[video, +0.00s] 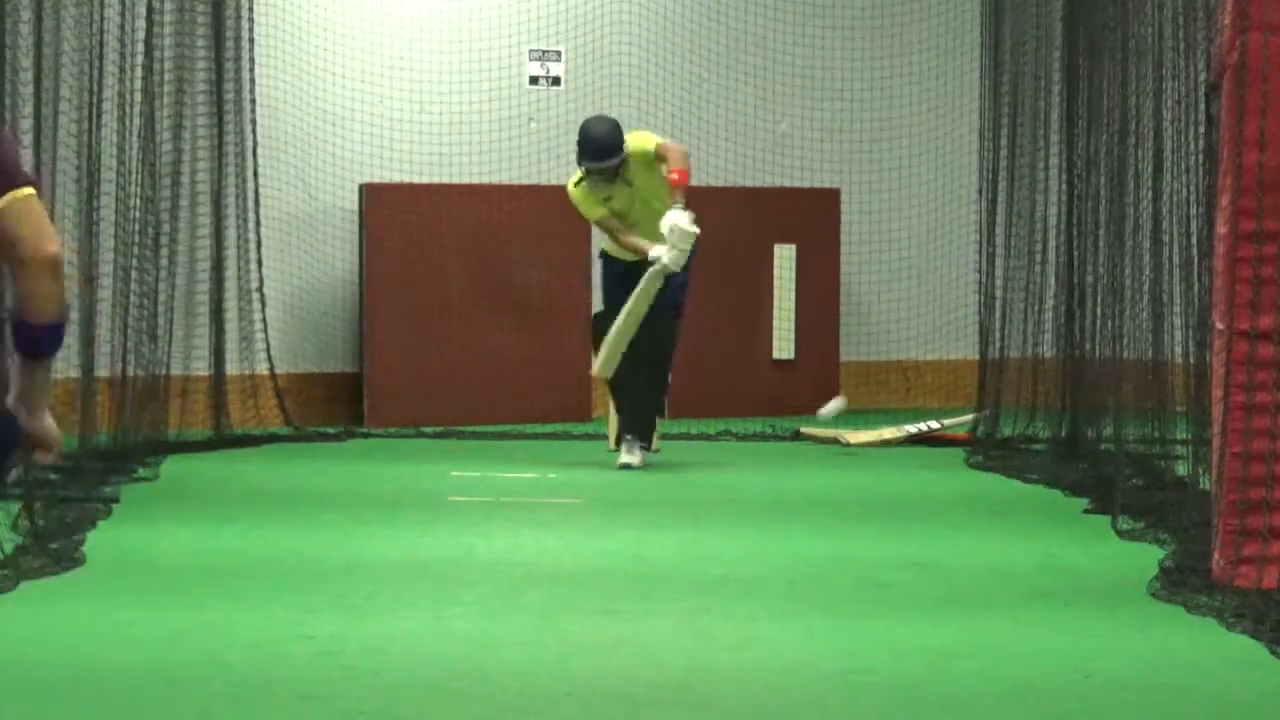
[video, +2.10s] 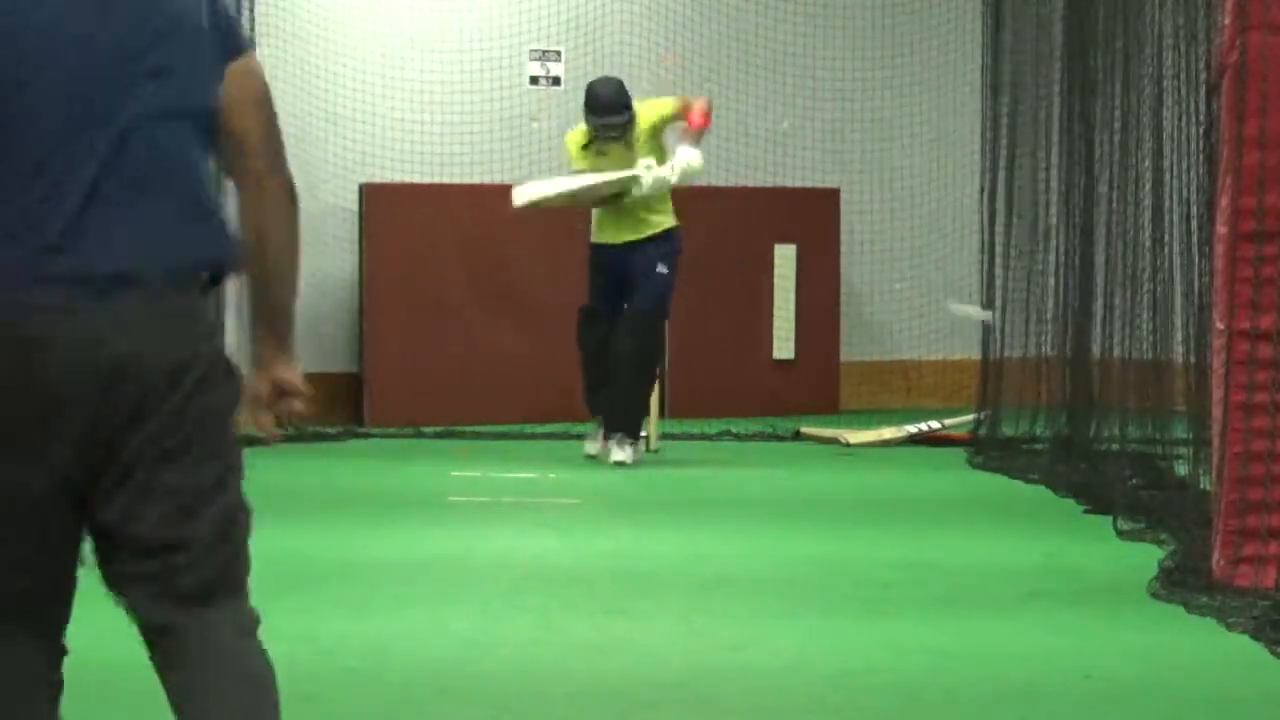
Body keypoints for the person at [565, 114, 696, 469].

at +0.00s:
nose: (605, 176)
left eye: (611, 168)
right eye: (596, 171)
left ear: (622, 153)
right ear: (583, 161)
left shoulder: (639, 146)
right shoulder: (580, 190)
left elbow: (677, 154)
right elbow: (617, 232)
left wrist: (677, 207)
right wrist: (652, 249)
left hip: (665, 253)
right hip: (621, 257)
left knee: (655, 341)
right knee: (620, 340)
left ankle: (638, 435)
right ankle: (632, 432)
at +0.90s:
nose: (587, 128)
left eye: (594, 119)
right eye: (578, 121)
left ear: (604, 117)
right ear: (564, 123)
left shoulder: (627, 136)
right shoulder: (554, 160)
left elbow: (689, 148)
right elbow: (574, 218)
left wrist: (684, 183)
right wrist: (628, 213)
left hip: (625, 249)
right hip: (576, 254)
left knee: (640, 319)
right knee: (571, 342)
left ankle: (628, 434)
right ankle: (574, 443)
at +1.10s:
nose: (625, 159)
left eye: (633, 151)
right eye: (618, 152)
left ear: (648, 152)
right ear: (609, 155)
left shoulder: (655, 189)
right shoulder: (635, 185)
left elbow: (649, 261)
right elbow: (640, 239)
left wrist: (651, 279)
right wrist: (638, 260)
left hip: (708, 264)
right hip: (687, 264)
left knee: (656, 346)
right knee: (645, 344)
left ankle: (675, 449)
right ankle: (661, 443)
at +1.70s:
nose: (610, 173)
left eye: (617, 165)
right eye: (602, 166)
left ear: (631, 161)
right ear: (592, 166)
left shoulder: (650, 181)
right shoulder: (593, 186)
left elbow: (658, 240)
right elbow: (589, 218)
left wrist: (616, 268)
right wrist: (592, 237)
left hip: (682, 259)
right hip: (643, 267)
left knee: (650, 339)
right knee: (624, 340)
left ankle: (659, 443)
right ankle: (657, 439)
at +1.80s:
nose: (609, 158)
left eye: (616, 150)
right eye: (602, 151)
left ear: (630, 146)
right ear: (590, 149)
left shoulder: (650, 154)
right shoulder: (588, 172)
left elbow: (670, 169)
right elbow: (595, 219)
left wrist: (651, 190)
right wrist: (604, 224)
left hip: (673, 245)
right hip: (632, 255)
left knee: (644, 326)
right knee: (622, 340)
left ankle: (647, 434)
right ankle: (662, 438)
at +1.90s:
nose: (609, 141)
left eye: (616, 133)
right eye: (601, 134)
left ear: (629, 126)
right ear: (589, 130)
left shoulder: (646, 132)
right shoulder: (586, 155)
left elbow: (659, 96)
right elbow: (606, 199)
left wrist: (648, 119)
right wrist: (624, 176)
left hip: (665, 231)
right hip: (626, 237)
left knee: (637, 322)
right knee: (625, 328)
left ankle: (624, 425)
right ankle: (644, 426)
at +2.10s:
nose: (611, 138)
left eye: (618, 130)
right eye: (603, 131)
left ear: (630, 116)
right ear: (589, 121)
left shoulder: (648, 117)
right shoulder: (577, 142)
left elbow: (697, 105)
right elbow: (583, 194)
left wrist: (690, 141)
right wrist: (631, 183)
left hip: (654, 237)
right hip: (607, 241)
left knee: (638, 332)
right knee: (598, 329)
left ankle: (626, 433)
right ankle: (604, 421)